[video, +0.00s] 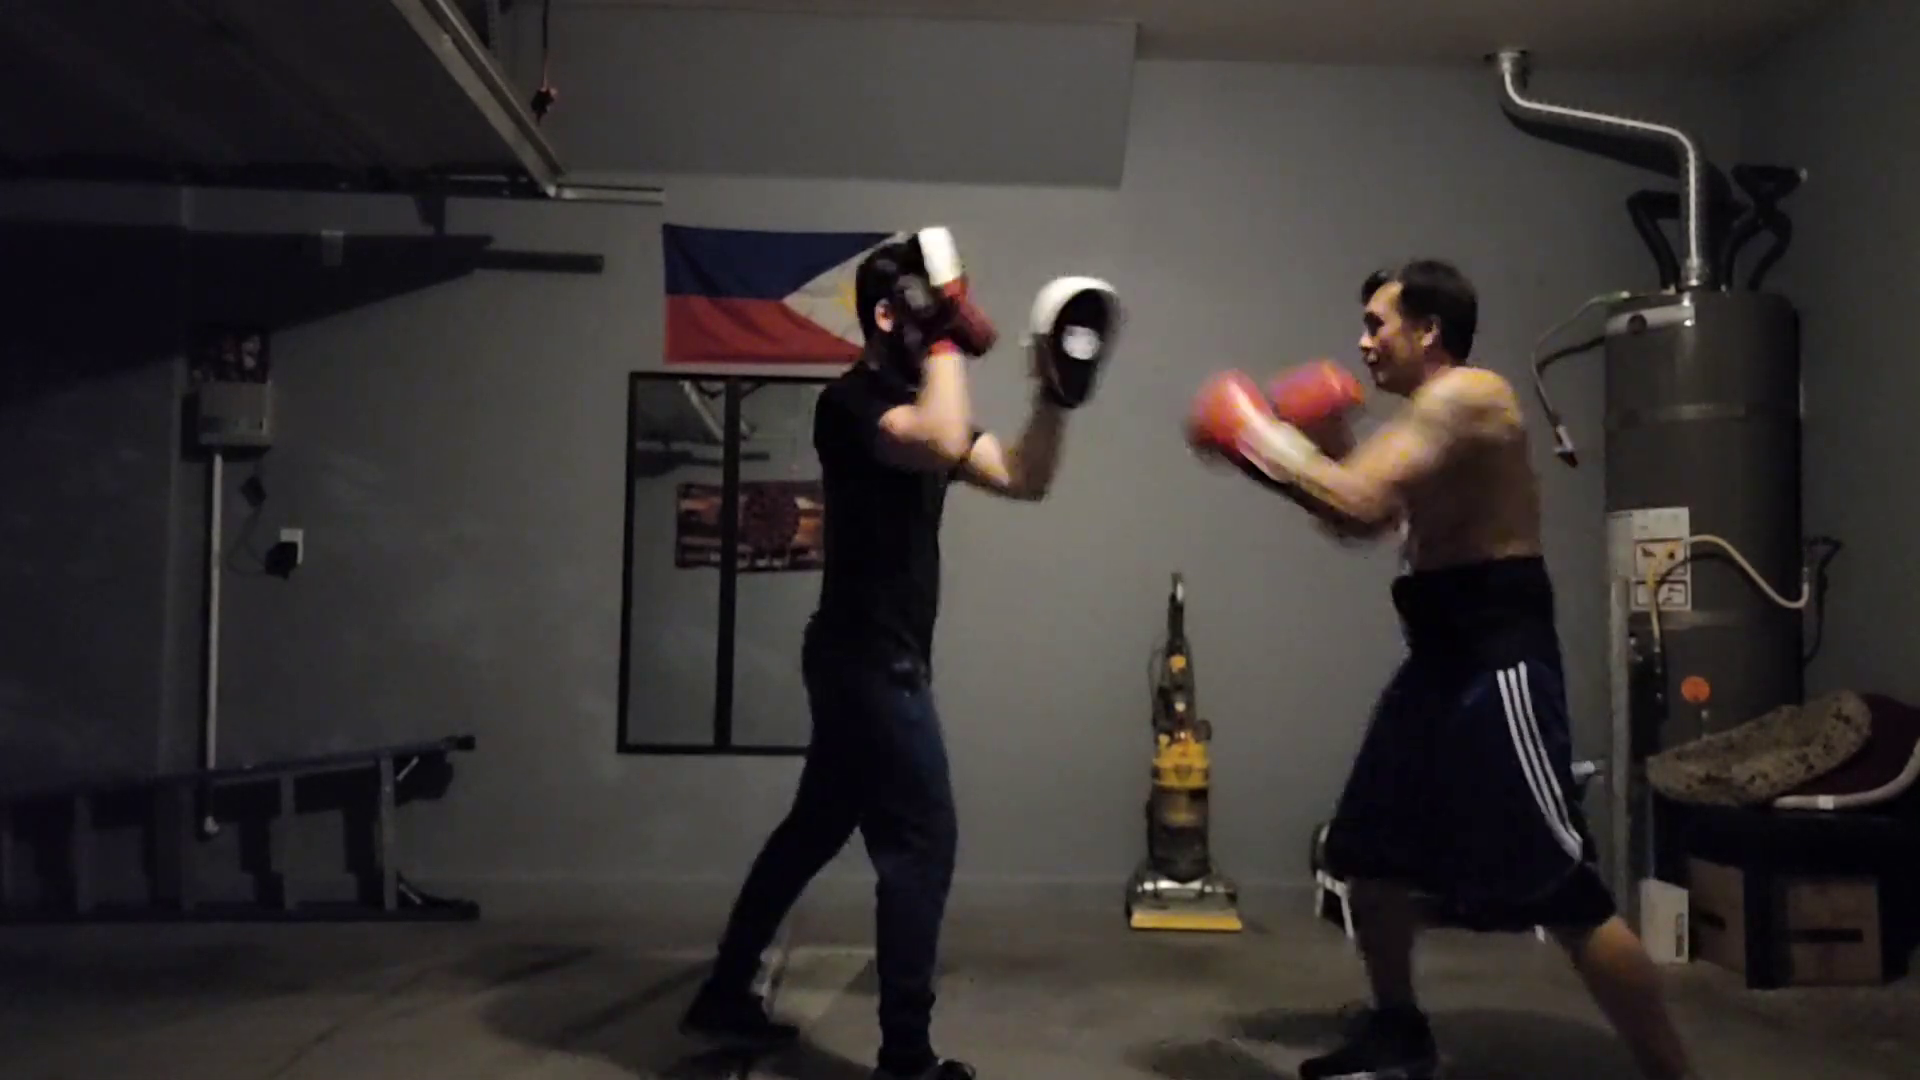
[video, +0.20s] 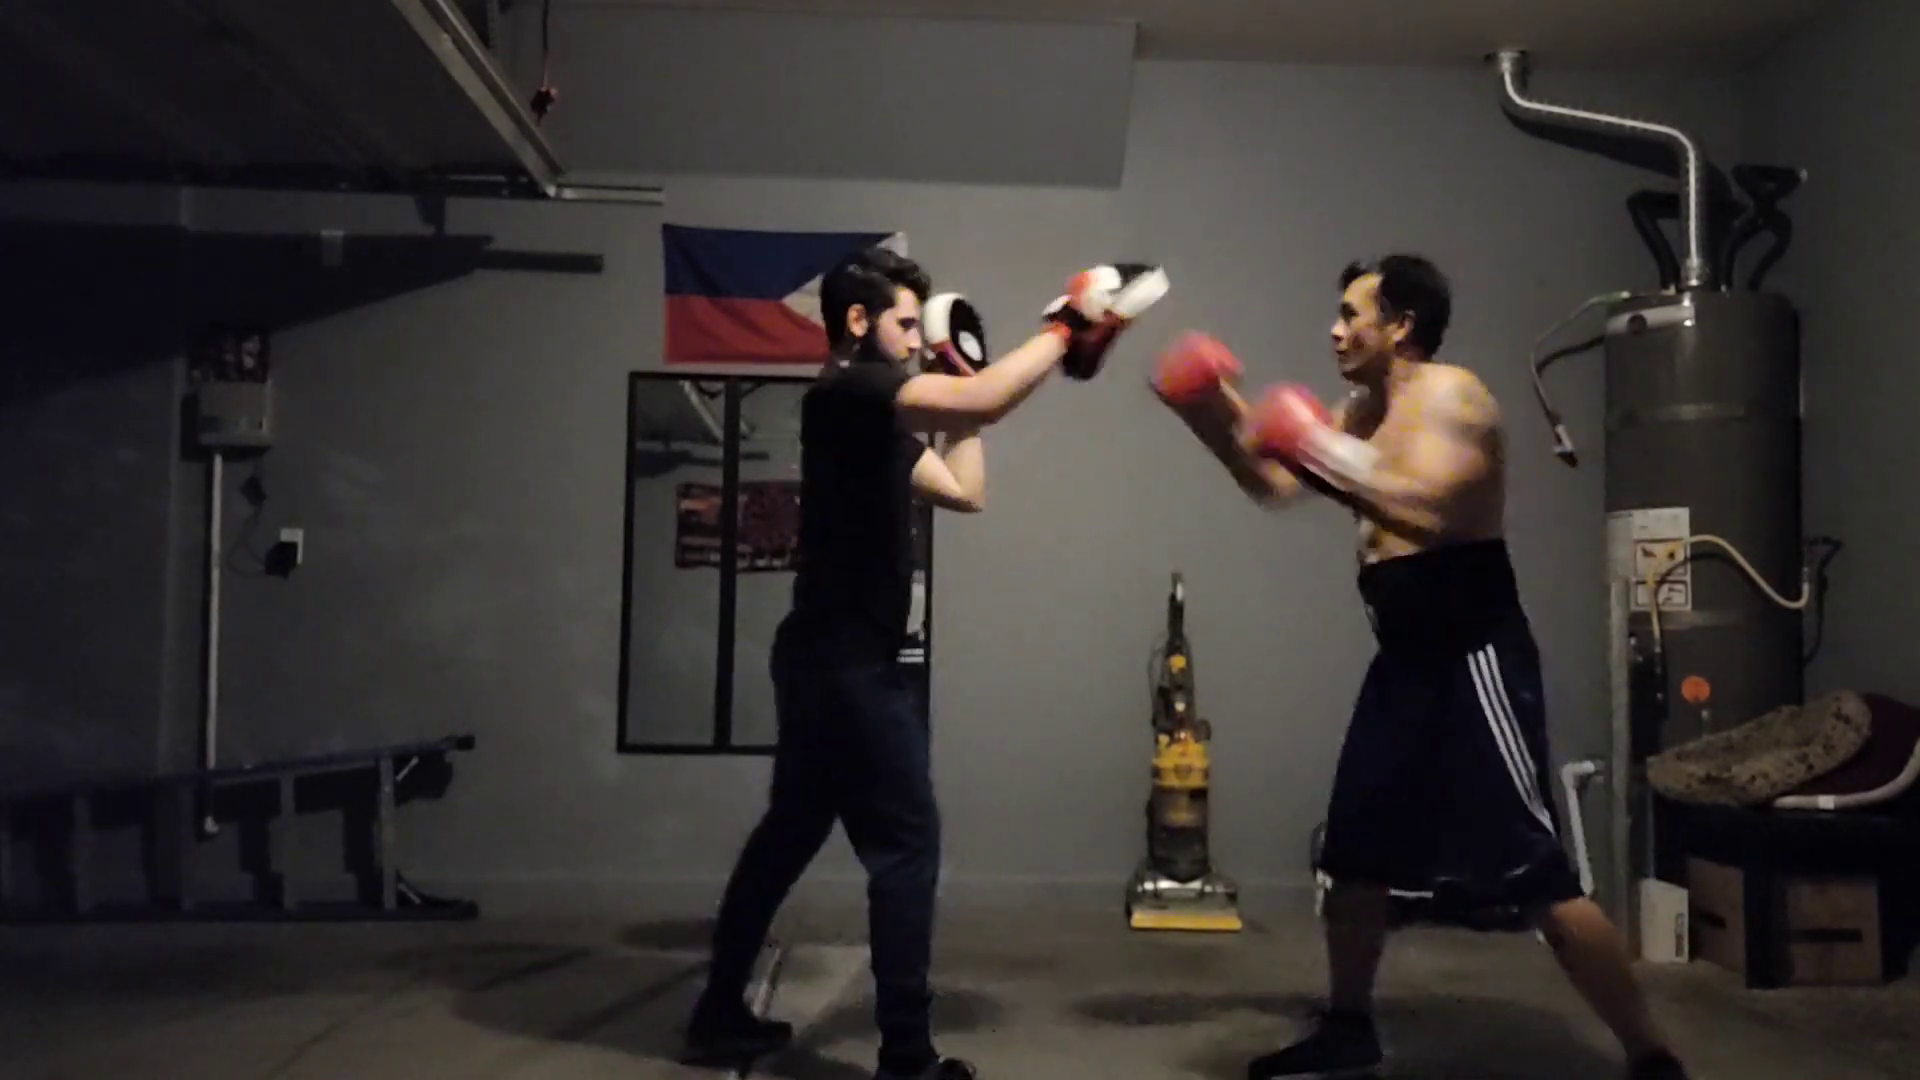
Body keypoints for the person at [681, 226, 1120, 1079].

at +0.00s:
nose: (949, 324)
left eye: (948, 311)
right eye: (936, 310)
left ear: (896, 322)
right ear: (889, 319)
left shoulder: (913, 404)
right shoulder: (851, 399)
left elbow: (1023, 478)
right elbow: (943, 437)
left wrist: (1055, 394)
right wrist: (945, 340)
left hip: (880, 657)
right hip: (865, 659)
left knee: (813, 832)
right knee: (921, 848)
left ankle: (725, 994)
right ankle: (907, 1055)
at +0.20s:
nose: (918, 338)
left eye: (918, 324)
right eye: (906, 323)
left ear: (858, 329)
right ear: (857, 323)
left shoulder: (866, 411)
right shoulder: (856, 385)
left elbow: (962, 489)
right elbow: (986, 396)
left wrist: (959, 387)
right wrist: (1066, 324)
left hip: (832, 661)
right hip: (858, 667)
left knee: (789, 831)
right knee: (907, 849)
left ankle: (719, 1010)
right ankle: (908, 1054)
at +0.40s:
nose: (903, 326)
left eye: (902, 312)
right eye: (887, 309)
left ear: (848, 321)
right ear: (846, 316)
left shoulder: (863, 402)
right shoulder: (813, 390)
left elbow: (992, 447)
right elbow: (913, 416)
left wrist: (1045, 378)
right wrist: (905, 322)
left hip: (812, 658)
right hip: (825, 665)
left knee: (765, 835)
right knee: (871, 855)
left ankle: (714, 1010)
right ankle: (903, 1053)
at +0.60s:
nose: (889, 329)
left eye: (890, 315)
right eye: (879, 312)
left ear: (833, 312)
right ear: (833, 309)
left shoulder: (818, 392)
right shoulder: (825, 374)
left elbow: (928, 472)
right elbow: (952, 372)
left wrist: (936, 368)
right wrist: (995, 290)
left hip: (783, 646)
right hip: (829, 651)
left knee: (777, 822)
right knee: (879, 837)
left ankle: (717, 1022)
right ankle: (840, 1045)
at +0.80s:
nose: (892, 332)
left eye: (891, 315)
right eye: (881, 316)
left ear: (812, 317)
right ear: (834, 313)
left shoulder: (767, 400)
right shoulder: (842, 383)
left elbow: (777, 527)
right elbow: (987, 397)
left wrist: (869, 508)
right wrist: (1045, 316)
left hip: (771, 655)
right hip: (833, 661)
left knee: (765, 831)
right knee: (864, 854)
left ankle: (721, 1016)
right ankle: (818, 1060)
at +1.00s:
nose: (873, 304)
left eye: (873, 289)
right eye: (867, 287)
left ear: (796, 283)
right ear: (822, 279)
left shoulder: (740, 374)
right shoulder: (824, 357)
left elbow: (936, 418)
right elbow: (962, 413)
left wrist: (1018, 363)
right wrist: (1016, 330)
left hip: (735, 646)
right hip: (820, 651)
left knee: (721, 835)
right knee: (829, 859)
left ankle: (643, 1035)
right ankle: (811, 1059)